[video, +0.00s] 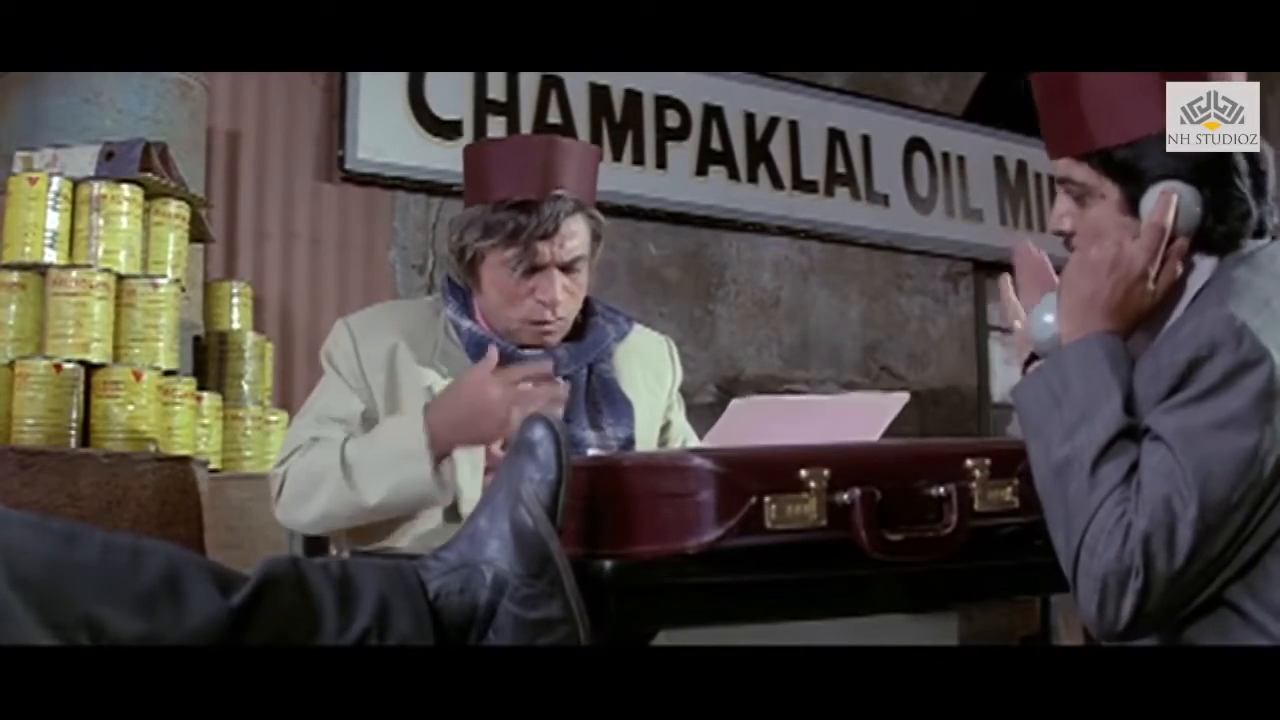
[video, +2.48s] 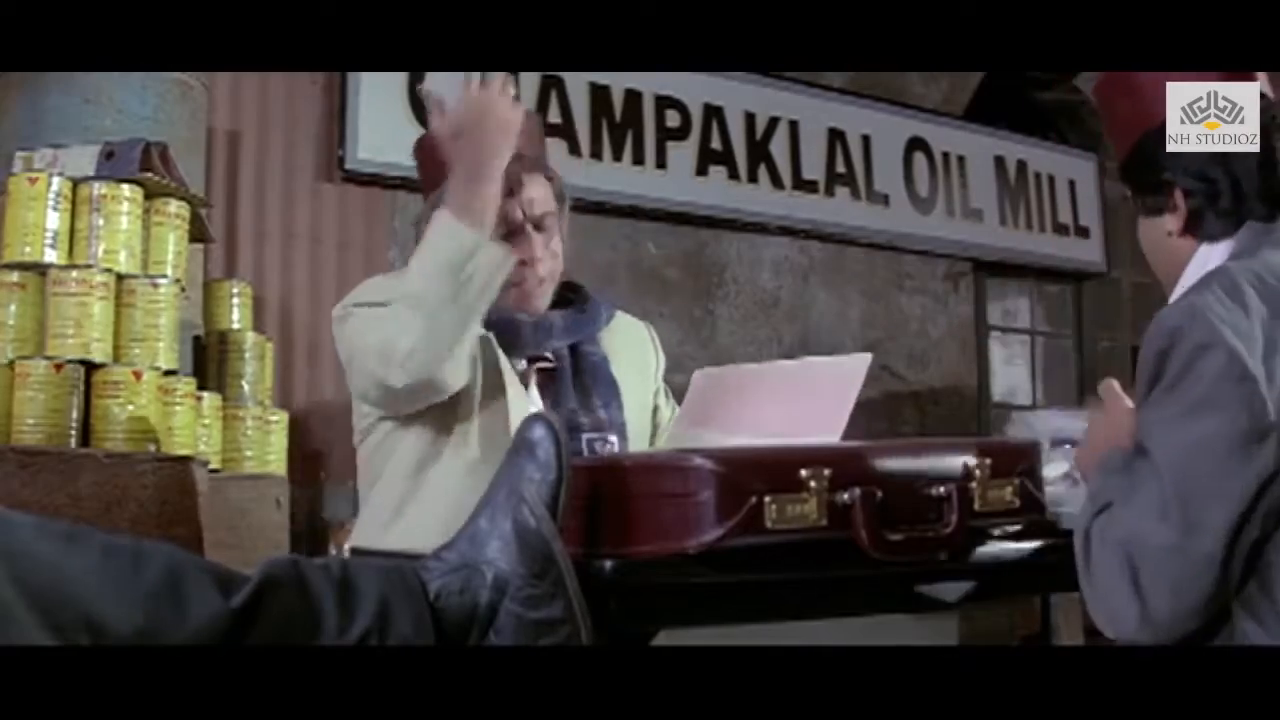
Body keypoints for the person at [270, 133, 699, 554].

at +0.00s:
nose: (553, 295)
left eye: (571, 268)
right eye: (527, 268)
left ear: (592, 265)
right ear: (470, 261)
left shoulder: (648, 360)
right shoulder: (374, 347)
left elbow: (688, 496)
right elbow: (299, 496)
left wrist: (564, 491)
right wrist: (438, 430)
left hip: (599, 618)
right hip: (421, 620)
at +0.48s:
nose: (538, 268)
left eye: (562, 248)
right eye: (514, 242)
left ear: (588, 263)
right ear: (469, 248)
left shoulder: (647, 359)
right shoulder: (384, 338)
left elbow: (688, 489)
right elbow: (317, 469)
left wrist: (586, 463)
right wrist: (475, 417)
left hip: (594, 608)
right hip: (425, 606)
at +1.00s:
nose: (557, 224)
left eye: (571, 205)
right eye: (527, 208)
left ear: (589, 222)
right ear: (466, 246)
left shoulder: (645, 355)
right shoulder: (394, 325)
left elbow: (679, 488)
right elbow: (397, 424)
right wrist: (543, 313)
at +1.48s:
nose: (527, 197)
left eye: (535, 180)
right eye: (492, 189)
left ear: (563, 206)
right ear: (438, 234)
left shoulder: (639, 345)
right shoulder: (393, 309)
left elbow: (678, 467)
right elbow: (444, 360)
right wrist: (566, 298)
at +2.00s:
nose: (559, 231)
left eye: (571, 209)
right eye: (526, 212)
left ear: (589, 224)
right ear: (462, 229)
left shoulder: (642, 355)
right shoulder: (391, 325)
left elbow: (681, 482)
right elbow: (363, 445)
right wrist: (445, 305)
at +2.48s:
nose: (531, 252)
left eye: (544, 227)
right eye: (505, 231)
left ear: (563, 232)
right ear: (454, 235)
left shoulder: (628, 342)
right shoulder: (381, 310)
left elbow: (667, 471)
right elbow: (416, 370)